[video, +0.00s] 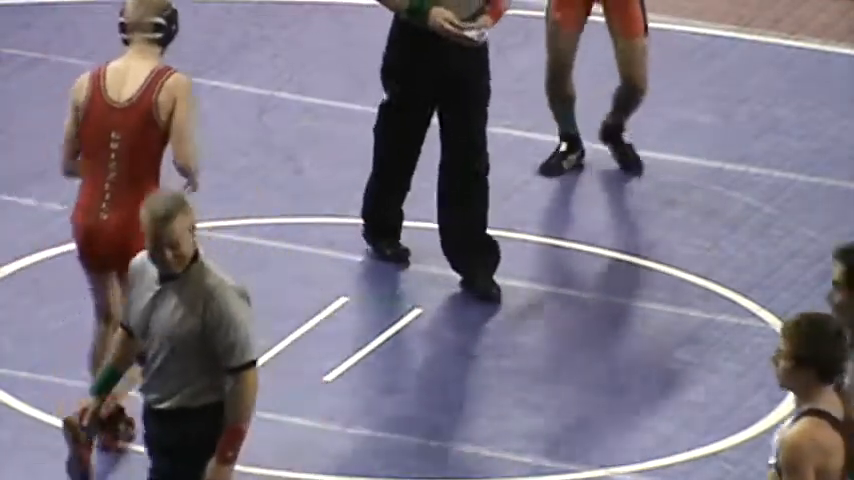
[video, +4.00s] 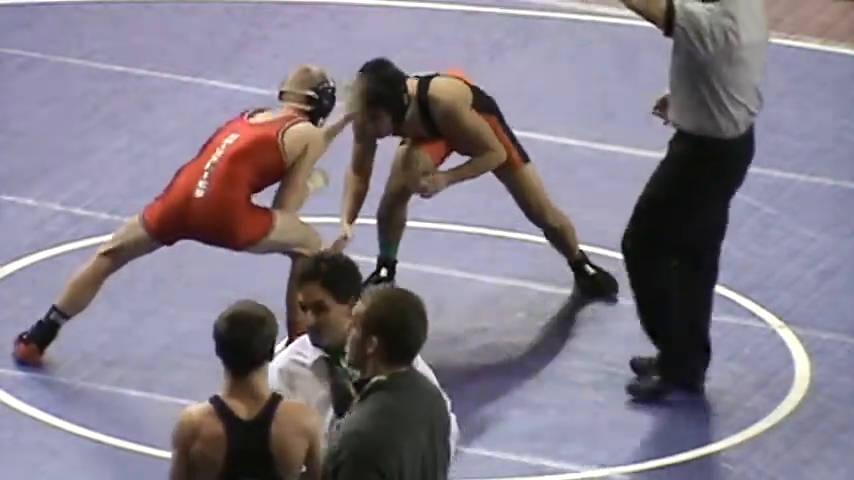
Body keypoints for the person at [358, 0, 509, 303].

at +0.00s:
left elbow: (502, 0)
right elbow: (387, 1)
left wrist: (491, 13)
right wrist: (424, 13)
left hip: (469, 49)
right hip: (415, 44)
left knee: (468, 161)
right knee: (398, 147)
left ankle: (475, 266)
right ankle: (381, 232)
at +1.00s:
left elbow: (578, 13)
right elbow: (458, 10)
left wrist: (550, 71)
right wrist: (438, 67)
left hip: (506, 73)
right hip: (462, 66)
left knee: (483, 200)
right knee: (452, 193)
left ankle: (523, 320)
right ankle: (462, 301)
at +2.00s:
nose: (503, 7)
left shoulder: (564, 6)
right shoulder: (545, 6)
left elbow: (605, 55)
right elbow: (526, 34)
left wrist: (607, 120)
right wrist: (475, 73)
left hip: (586, 113)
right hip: (582, 108)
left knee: (532, 215)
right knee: (577, 222)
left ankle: (528, 327)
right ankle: (581, 339)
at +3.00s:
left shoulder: (560, 15)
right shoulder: (593, 4)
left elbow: (598, 67)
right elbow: (563, 50)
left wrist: (587, 125)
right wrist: (528, 19)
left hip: (589, 128)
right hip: (618, 119)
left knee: (565, 226)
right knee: (596, 223)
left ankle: (563, 323)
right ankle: (590, 316)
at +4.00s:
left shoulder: (711, 22)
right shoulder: (744, 9)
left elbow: (643, 4)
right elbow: (734, 74)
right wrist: (685, 101)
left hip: (704, 151)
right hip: (722, 143)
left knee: (642, 244)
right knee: (694, 254)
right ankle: (684, 359)